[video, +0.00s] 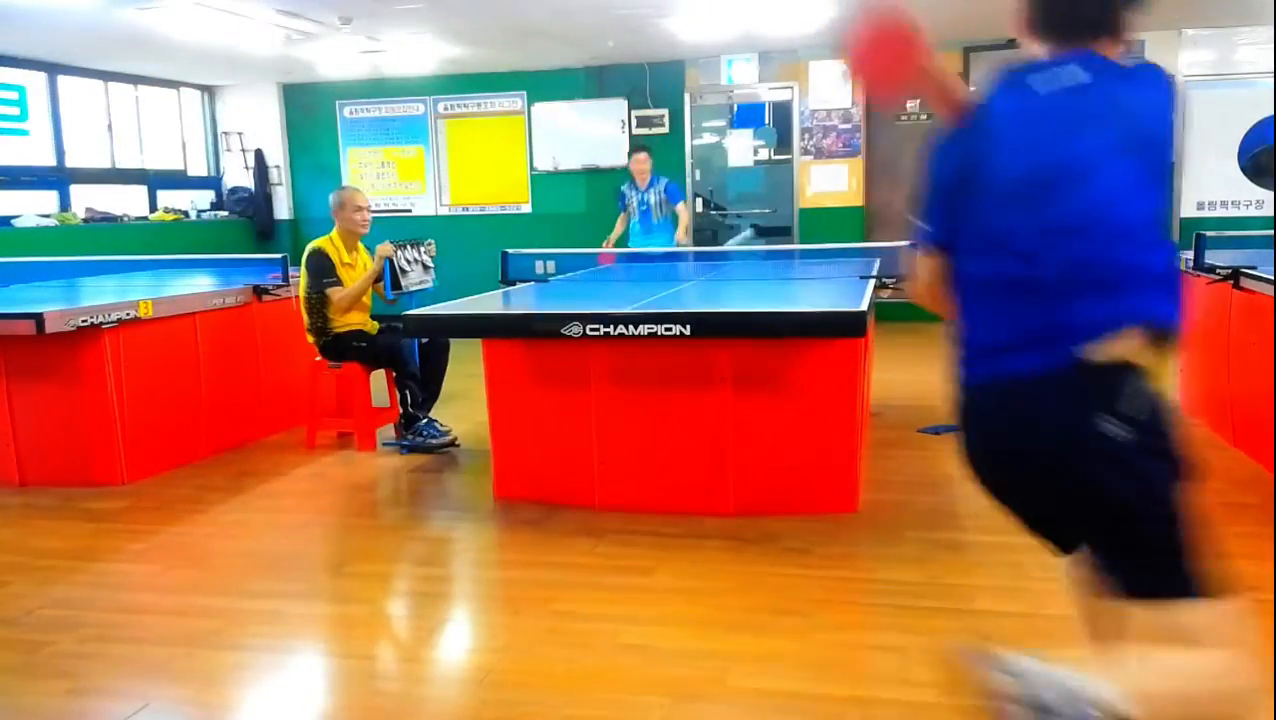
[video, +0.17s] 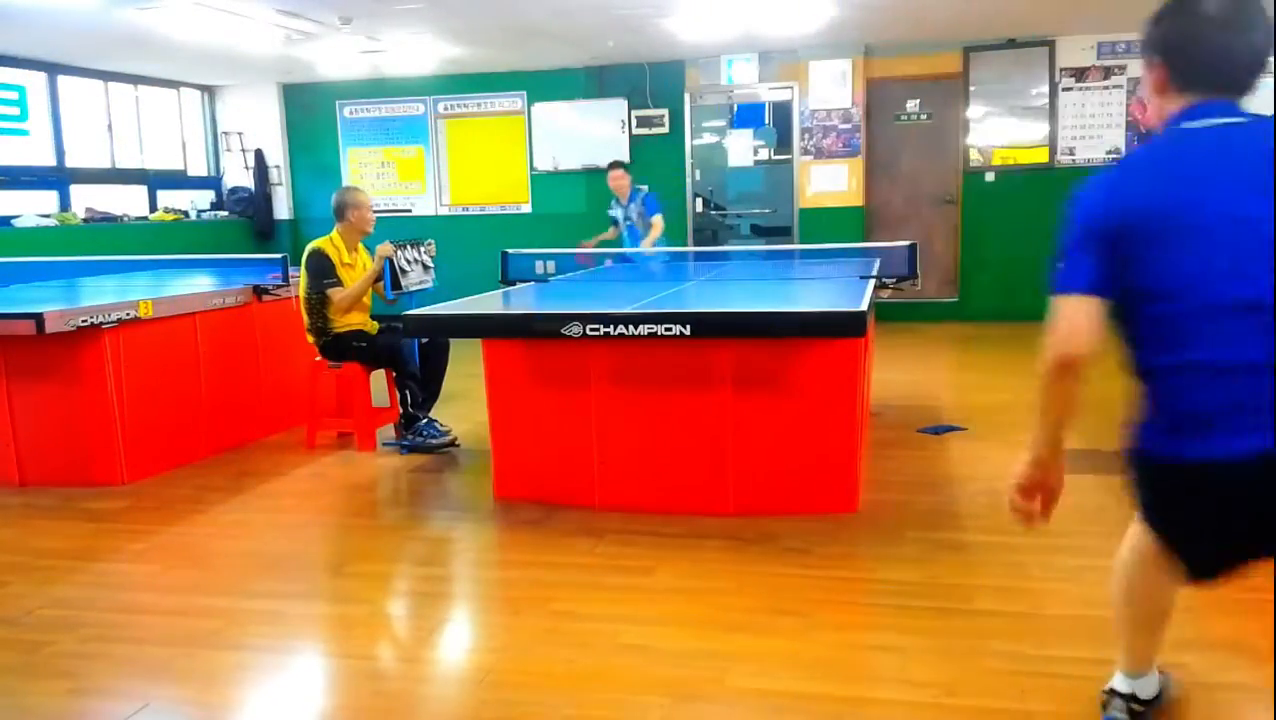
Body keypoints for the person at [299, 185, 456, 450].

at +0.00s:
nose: (366, 216)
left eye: (368, 210)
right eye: (358, 210)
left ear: (370, 213)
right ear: (338, 214)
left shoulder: (362, 252)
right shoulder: (318, 252)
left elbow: (388, 295)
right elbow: (341, 303)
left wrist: (418, 260)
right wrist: (376, 268)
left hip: (365, 330)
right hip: (335, 338)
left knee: (436, 340)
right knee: (403, 345)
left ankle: (418, 419)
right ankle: (412, 425)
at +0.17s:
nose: (374, 216)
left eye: (373, 210)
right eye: (368, 210)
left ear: (355, 216)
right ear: (350, 215)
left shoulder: (362, 252)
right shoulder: (318, 253)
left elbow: (388, 295)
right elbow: (341, 303)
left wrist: (418, 261)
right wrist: (376, 268)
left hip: (365, 330)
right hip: (335, 338)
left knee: (436, 340)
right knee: (403, 345)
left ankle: (419, 419)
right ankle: (412, 426)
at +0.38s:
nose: (375, 218)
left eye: (374, 212)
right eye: (373, 212)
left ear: (355, 216)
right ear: (360, 216)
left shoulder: (362, 253)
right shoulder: (319, 251)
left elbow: (387, 296)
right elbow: (341, 303)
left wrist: (417, 261)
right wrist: (376, 267)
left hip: (364, 329)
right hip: (335, 338)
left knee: (436, 340)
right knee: (403, 346)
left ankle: (418, 419)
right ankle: (412, 425)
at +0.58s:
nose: (376, 217)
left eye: (375, 210)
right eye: (372, 210)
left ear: (356, 216)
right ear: (357, 215)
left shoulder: (361, 253)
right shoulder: (320, 251)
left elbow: (387, 297)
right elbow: (341, 303)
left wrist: (416, 261)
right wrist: (375, 269)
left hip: (364, 329)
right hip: (335, 338)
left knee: (436, 340)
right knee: (403, 346)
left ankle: (419, 419)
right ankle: (411, 426)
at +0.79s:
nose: (370, 216)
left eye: (371, 211)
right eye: (363, 210)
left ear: (371, 213)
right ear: (341, 211)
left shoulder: (362, 251)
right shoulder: (319, 251)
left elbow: (387, 296)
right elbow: (341, 302)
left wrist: (415, 263)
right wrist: (376, 268)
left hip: (365, 329)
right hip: (335, 338)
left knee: (436, 340)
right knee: (402, 346)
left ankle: (418, 419)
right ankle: (411, 425)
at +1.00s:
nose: (365, 219)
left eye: (368, 213)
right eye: (358, 212)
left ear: (371, 214)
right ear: (338, 211)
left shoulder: (362, 250)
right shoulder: (317, 249)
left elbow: (387, 296)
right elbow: (333, 301)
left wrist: (416, 263)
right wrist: (367, 268)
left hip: (365, 330)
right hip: (334, 338)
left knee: (436, 340)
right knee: (402, 346)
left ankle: (418, 419)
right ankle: (411, 426)